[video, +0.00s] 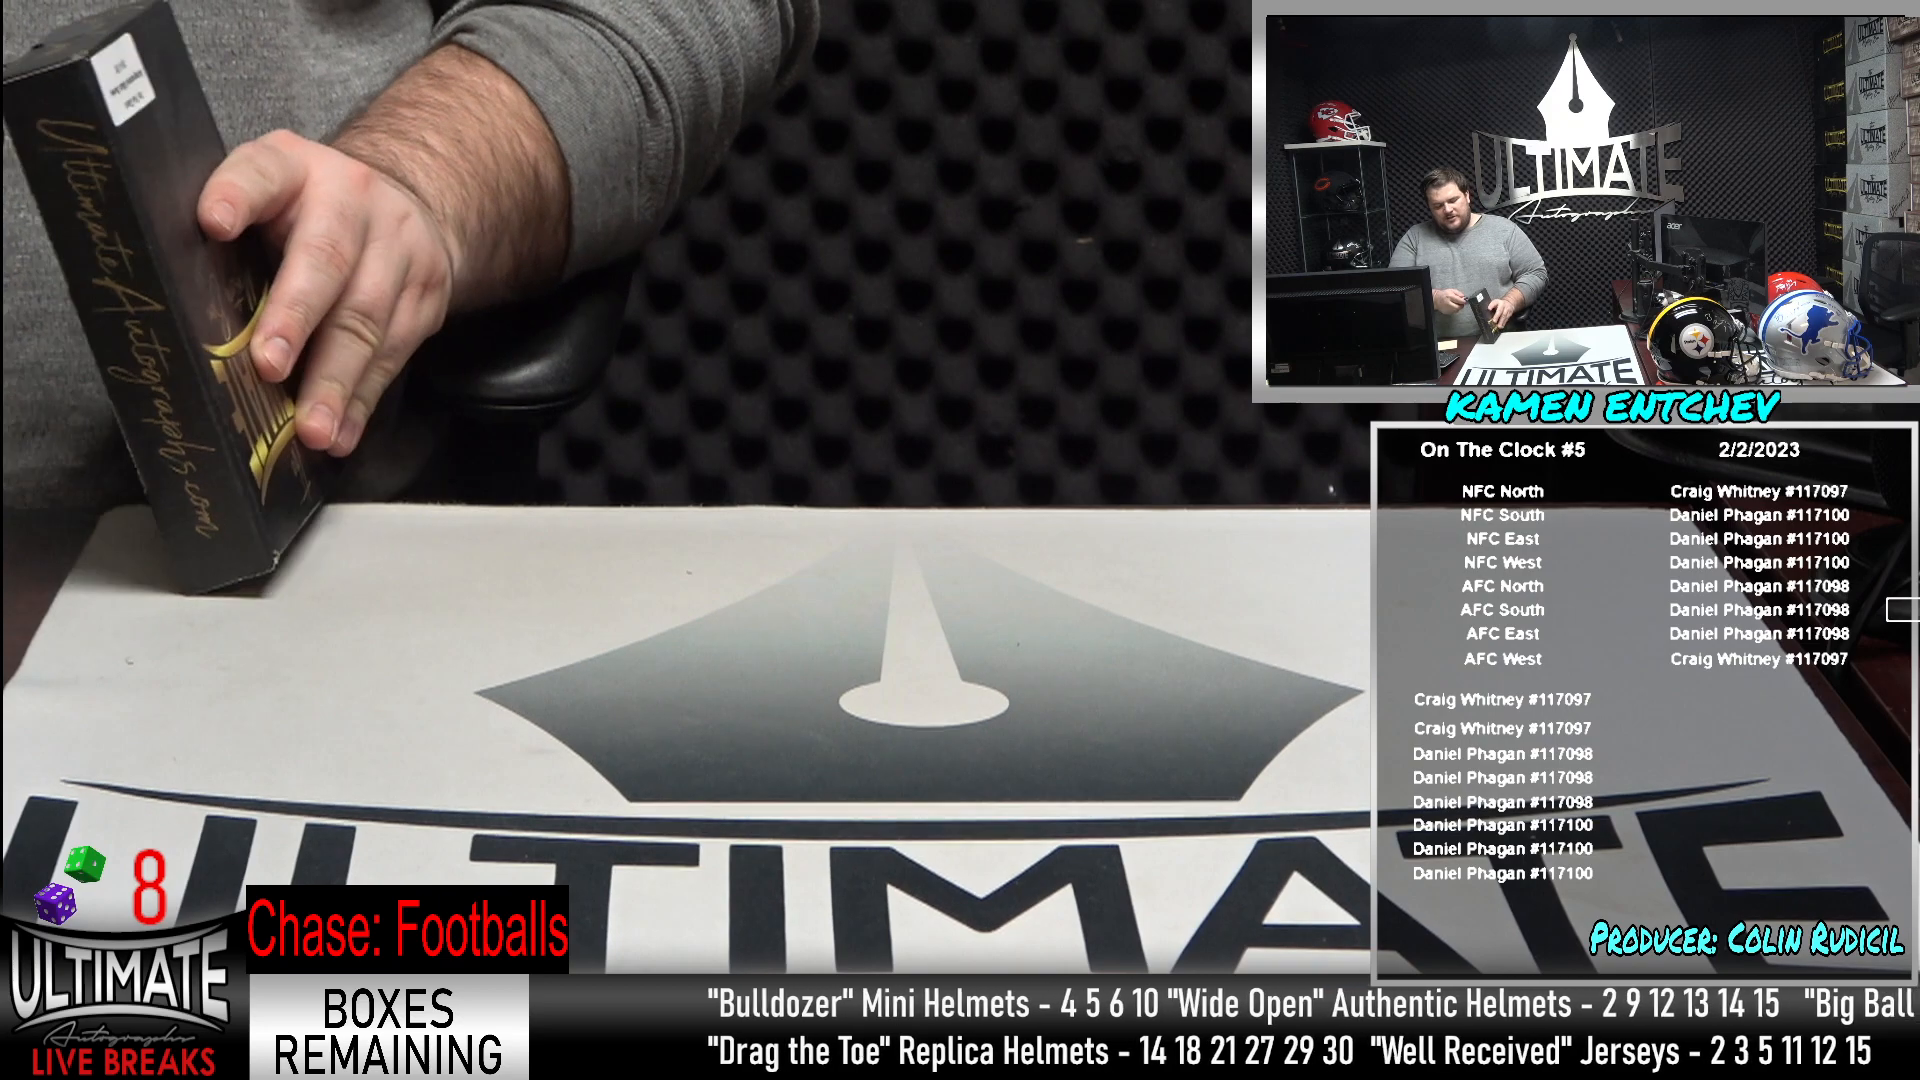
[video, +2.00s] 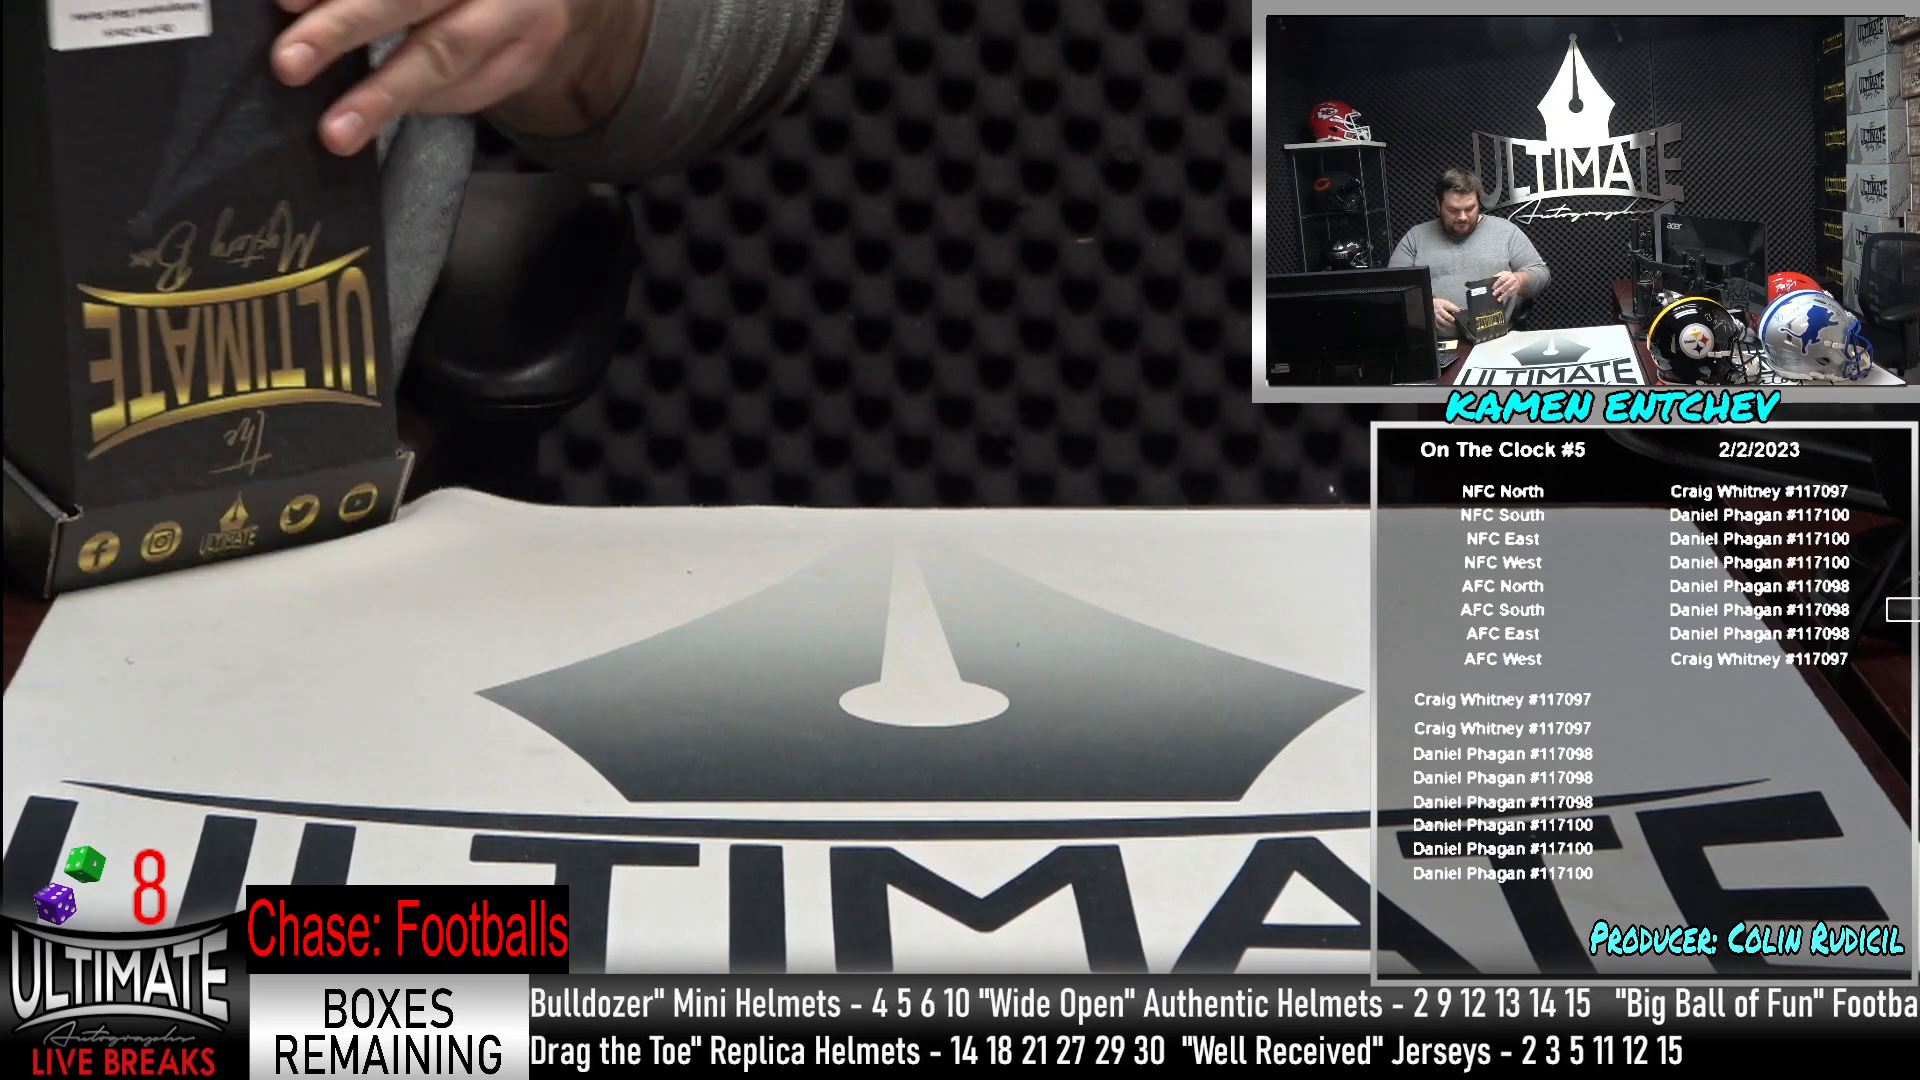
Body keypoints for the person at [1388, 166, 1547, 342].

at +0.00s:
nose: (1448, 210)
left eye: (1453, 200)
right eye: (1439, 206)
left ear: (1467, 196)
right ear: (1430, 208)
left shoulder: (1504, 230)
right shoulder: (1415, 239)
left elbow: (1535, 273)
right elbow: (1394, 287)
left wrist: (1510, 301)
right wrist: (1434, 298)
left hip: (1501, 346)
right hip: (1438, 351)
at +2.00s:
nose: (1463, 218)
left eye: (1469, 209)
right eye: (1454, 210)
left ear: (1478, 203)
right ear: (1439, 206)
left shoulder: (1506, 232)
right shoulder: (1416, 238)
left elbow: (1540, 272)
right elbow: (1391, 288)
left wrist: (1520, 281)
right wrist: (1425, 304)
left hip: (1499, 347)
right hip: (1434, 352)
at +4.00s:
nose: (1471, 218)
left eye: (1478, 211)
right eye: (1463, 210)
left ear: (1485, 205)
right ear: (1446, 203)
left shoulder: (1506, 231)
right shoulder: (1418, 235)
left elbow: (1538, 285)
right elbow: (1394, 287)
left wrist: (1517, 266)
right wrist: (1435, 292)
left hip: (1497, 346)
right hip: (1436, 350)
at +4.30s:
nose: (1459, 213)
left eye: (1467, 206)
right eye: (1452, 205)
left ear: (1479, 204)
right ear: (1441, 202)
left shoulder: (1507, 234)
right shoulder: (1417, 236)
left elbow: (1527, 276)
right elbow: (1391, 289)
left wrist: (1548, 272)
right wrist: (1424, 293)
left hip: (1494, 347)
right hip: (1433, 351)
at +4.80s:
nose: (1461, 209)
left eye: (1468, 200)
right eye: (1452, 202)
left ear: (1480, 199)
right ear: (1441, 203)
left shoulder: (1508, 233)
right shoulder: (1418, 235)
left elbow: (1542, 277)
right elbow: (1392, 287)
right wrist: (1428, 289)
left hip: (1496, 346)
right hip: (1434, 351)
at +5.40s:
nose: (1474, 209)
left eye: (1480, 201)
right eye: (1465, 202)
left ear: (1489, 200)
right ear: (1450, 201)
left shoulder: (1511, 234)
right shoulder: (1424, 234)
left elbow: (1541, 283)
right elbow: (1389, 280)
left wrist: (1507, 282)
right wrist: (1422, 301)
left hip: (1497, 346)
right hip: (1437, 350)